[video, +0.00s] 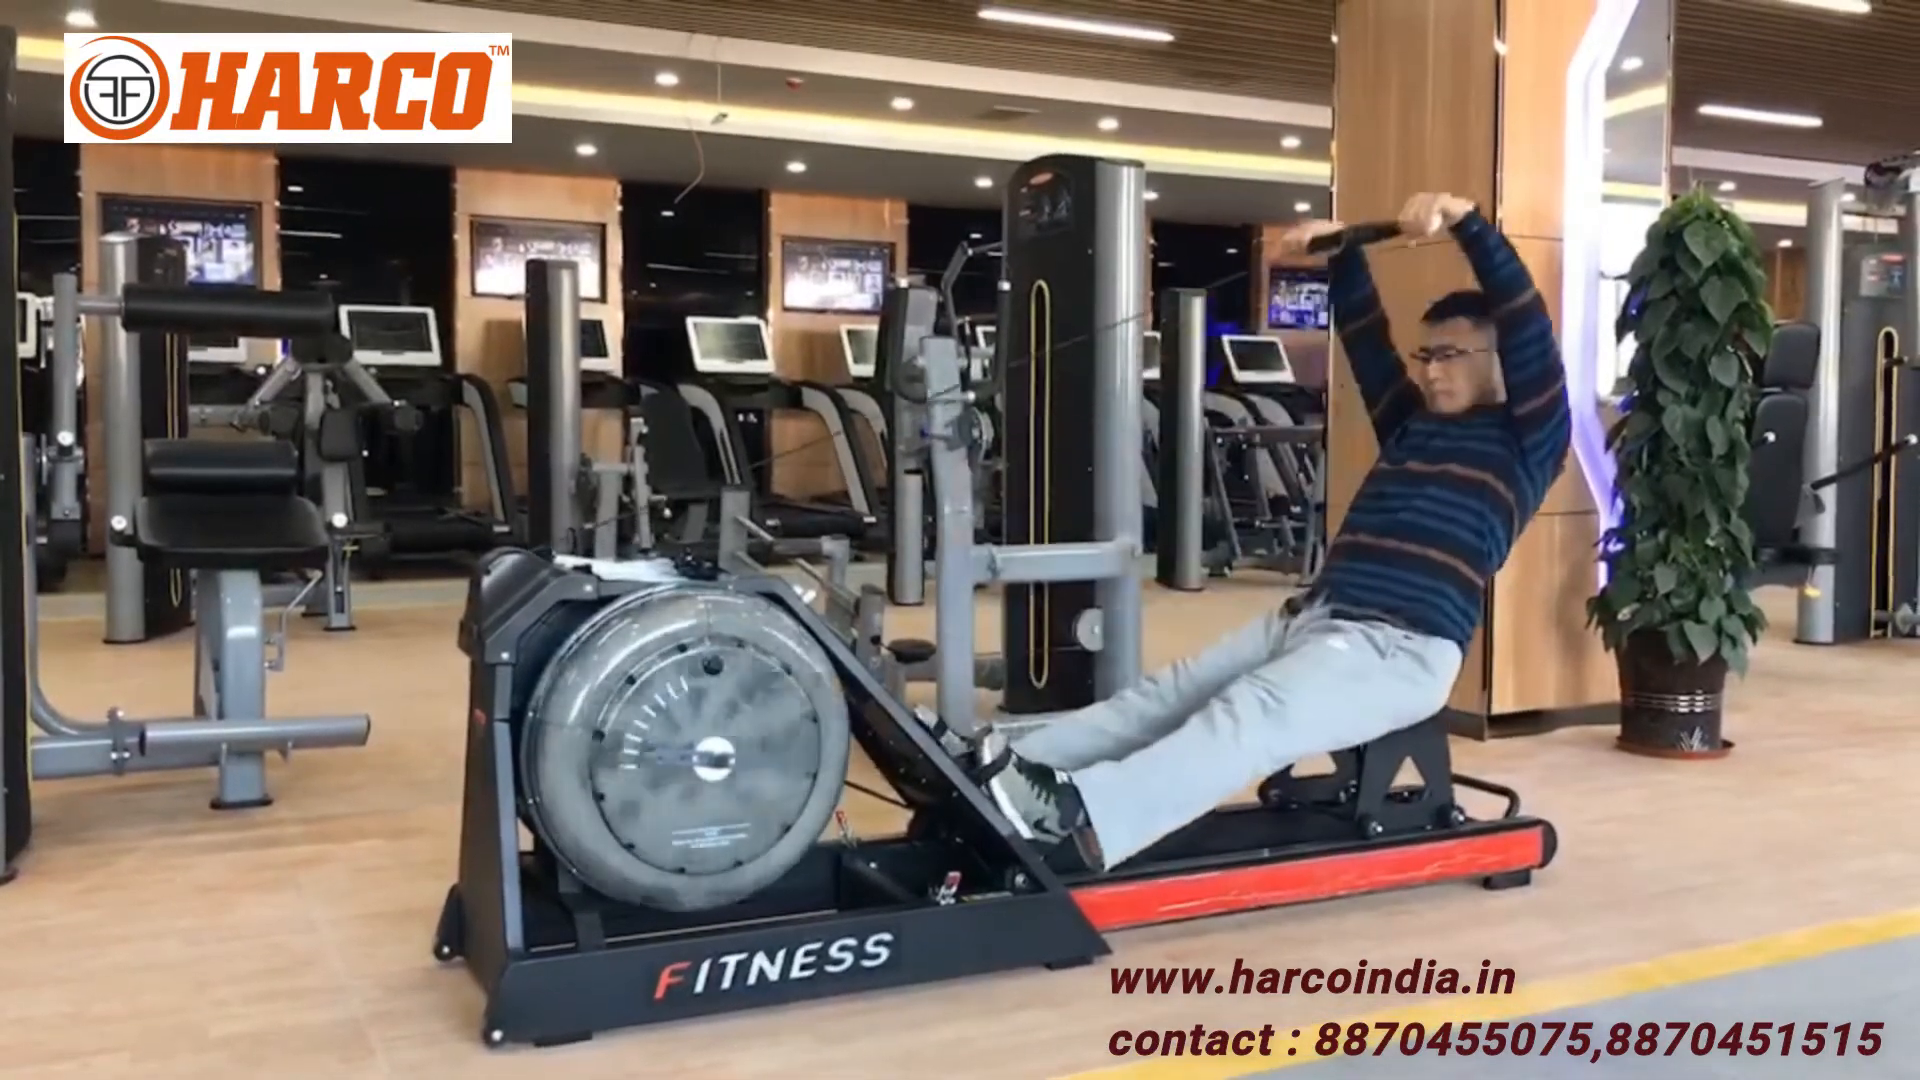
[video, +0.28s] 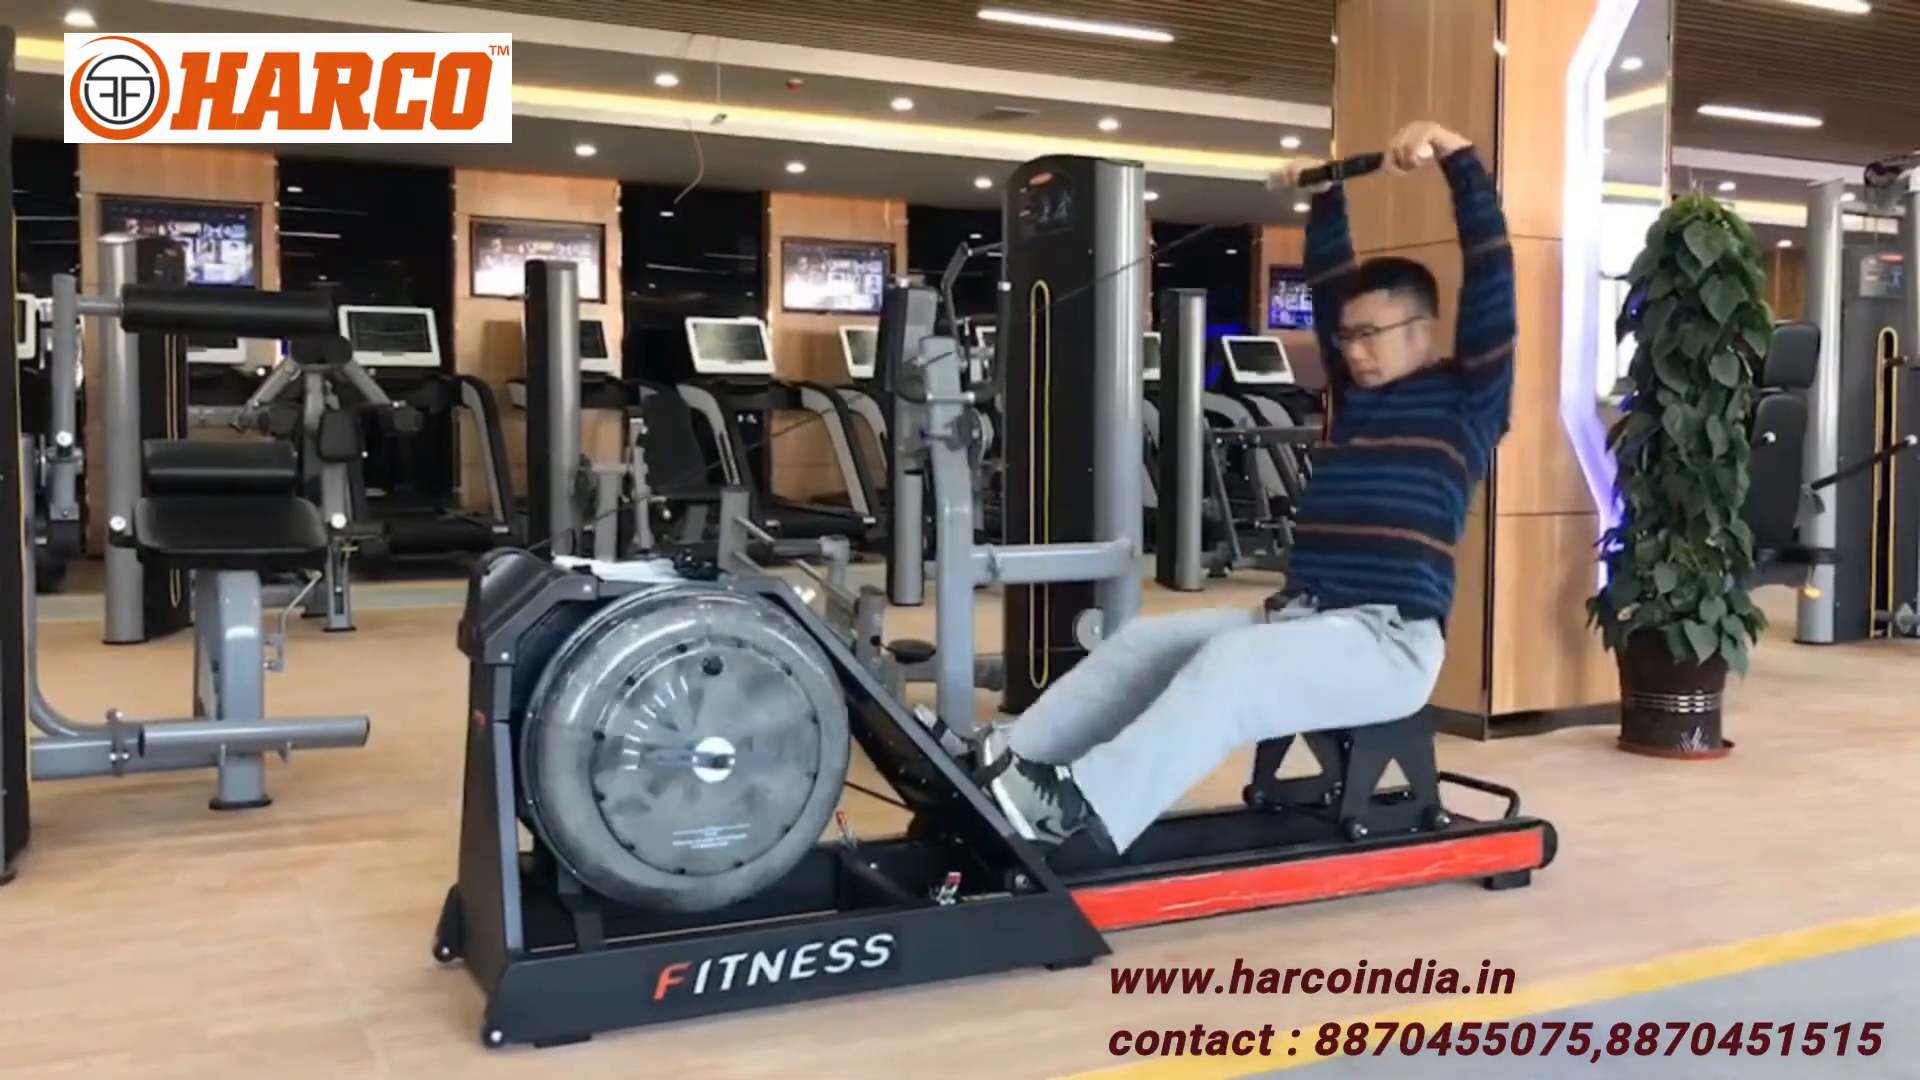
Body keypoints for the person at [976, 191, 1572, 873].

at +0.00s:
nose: (1426, 370)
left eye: (1446, 354)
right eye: (1422, 356)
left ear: (1500, 359)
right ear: (1420, 361)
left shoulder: (1528, 442)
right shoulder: (1406, 423)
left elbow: (1526, 336)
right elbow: (1366, 341)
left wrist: (1472, 224)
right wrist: (1341, 254)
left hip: (1403, 648)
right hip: (1315, 623)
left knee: (1247, 716)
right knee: (1176, 691)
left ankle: (1075, 818)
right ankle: (991, 755)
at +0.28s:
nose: (1354, 348)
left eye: (1371, 331)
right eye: (1346, 334)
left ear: (1428, 331)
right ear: (1339, 336)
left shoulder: (1467, 402)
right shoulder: (1351, 397)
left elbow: (1490, 291)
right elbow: (1333, 301)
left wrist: (1461, 161)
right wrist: (1326, 195)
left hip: (1388, 641)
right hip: (1297, 623)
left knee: (1230, 668)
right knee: (1145, 645)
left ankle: (1080, 809)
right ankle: (993, 763)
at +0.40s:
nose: (1297, 344)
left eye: (1313, 325)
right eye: (1289, 328)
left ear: (1369, 322)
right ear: (1284, 331)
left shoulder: (1419, 392)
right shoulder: (1300, 389)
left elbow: (1430, 276)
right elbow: (1242, 290)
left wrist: (1365, 173)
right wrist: (1263, 199)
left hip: (1361, 642)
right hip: (1273, 624)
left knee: (1213, 635)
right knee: (1111, 613)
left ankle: (1081, 801)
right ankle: (987, 766)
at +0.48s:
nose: (1265, 340)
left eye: (1283, 321)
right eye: (1261, 322)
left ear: (1341, 319)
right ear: (1256, 322)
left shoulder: (1387, 400)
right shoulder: (1262, 391)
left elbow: (1381, 302)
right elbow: (1194, 315)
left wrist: (1296, 221)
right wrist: (1202, 243)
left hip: (1348, 646)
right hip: (1256, 629)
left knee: (1197, 624)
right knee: (1093, 603)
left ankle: (1083, 801)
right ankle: (981, 767)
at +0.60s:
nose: (1202, 325)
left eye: (1218, 309)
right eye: (1198, 314)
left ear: (1275, 313)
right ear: (1195, 324)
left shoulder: (1330, 395)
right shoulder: (1193, 401)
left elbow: (1249, 369)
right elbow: (1114, 397)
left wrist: (1150, 333)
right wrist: (1060, 355)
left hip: (1309, 648)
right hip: (1204, 629)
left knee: (1166, 598)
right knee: (1055, 589)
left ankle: (1058, 792)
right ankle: (965, 752)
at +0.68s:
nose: (1167, 326)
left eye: (1182, 308)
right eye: (1165, 311)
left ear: (1237, 312)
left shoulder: (1297, 397)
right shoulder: (1171, 404)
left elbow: (1207, 407)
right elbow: (1097, 428)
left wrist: (1097, 390)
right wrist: (1015, 409)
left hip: (1286, 649)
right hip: (1182, 627)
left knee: (1147, 589)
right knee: (1035, 582)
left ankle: (1049, 791)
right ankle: (959, 756)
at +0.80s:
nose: (1123, 319)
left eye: (1139, 301)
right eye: (1123, 304)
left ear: (1193, 309)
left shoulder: (1241, 409)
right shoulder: (1137, 408)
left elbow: (1144, 466)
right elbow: (1053, 457)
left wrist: (1023, 485)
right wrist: (940, 486)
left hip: (1247, 650)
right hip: (1143, 631)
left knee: (1109, 576)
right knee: (982, 567)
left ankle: (1039, 788)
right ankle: (962, 768)